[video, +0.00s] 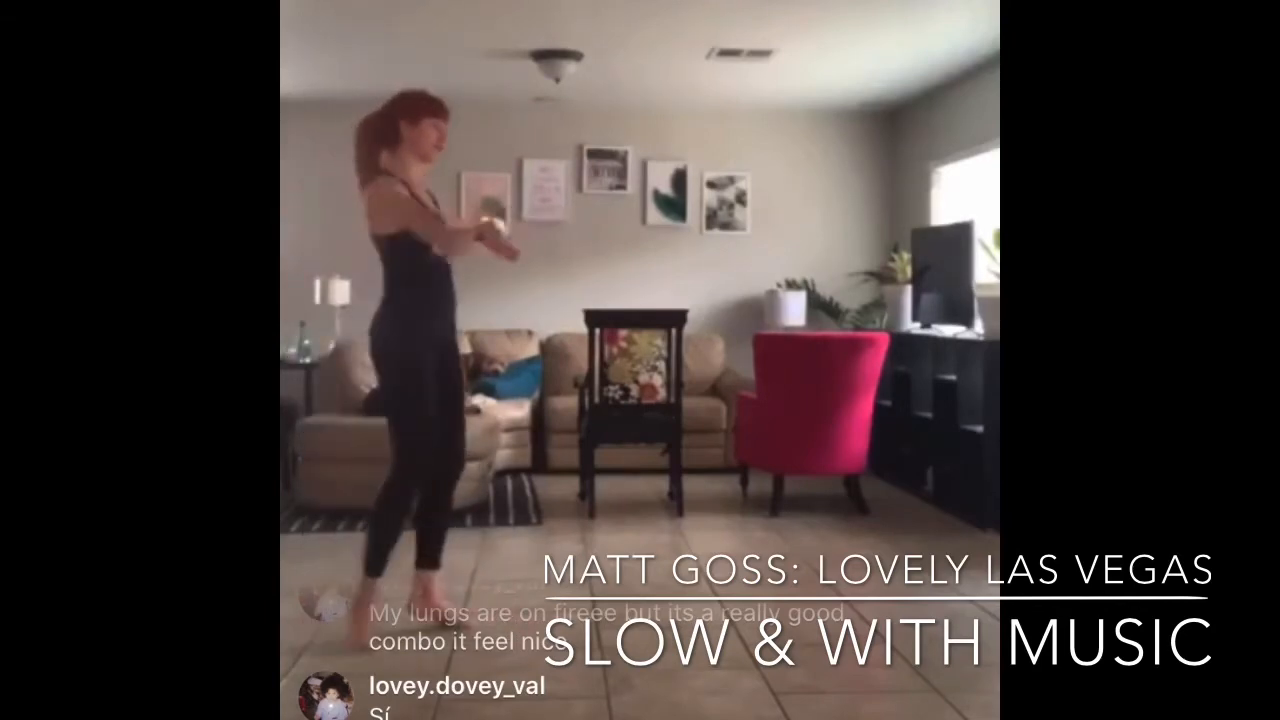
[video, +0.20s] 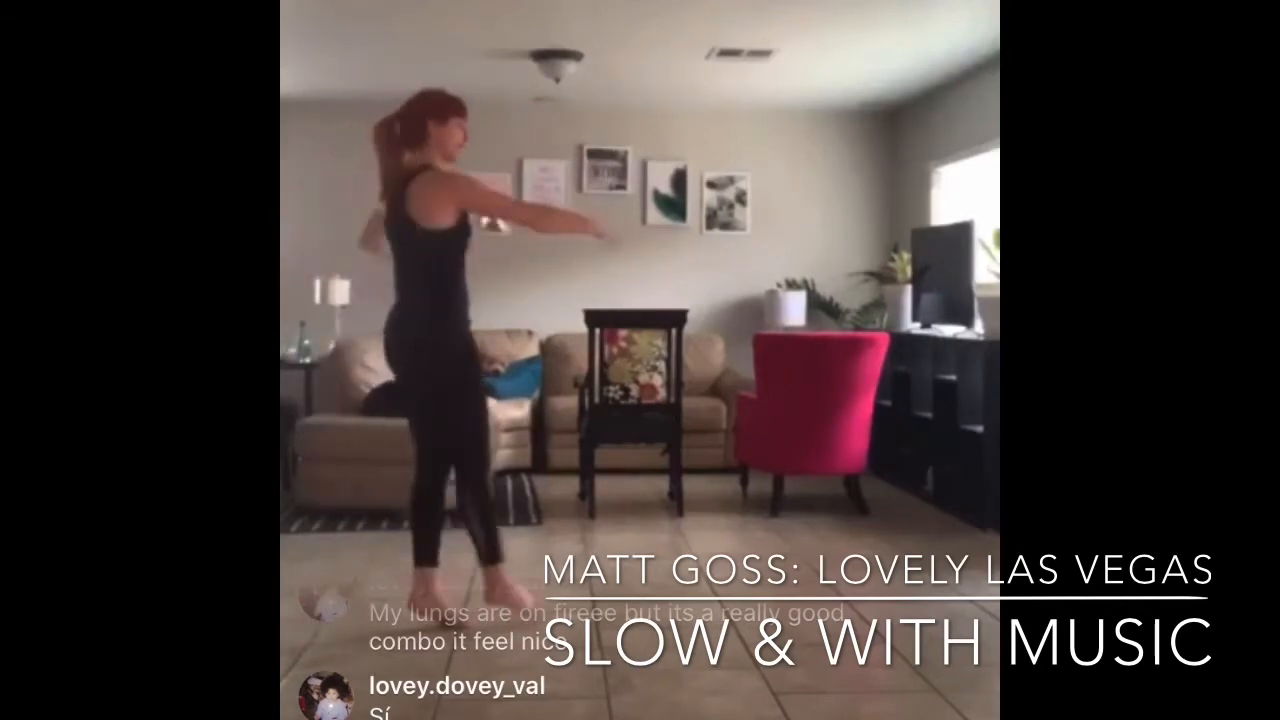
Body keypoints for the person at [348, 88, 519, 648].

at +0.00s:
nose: (441, 138)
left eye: (444, 131)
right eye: (433, 127)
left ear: (431, 137)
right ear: (403, 128)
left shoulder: (426, 192)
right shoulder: (384, 190)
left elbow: (449, 240)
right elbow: (441, 240)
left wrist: (480, 237)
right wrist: (482, 229)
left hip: (440, 338)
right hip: (404, 338)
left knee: (449, 461)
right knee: (412, 463)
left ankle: (427, 588)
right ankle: (366, 595)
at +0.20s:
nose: (465, 135)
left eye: (464, 126)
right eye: (458, 125)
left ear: (422, 130)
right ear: (431, 128)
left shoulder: (401, 188)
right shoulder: (445, 183)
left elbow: (369, 239)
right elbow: (527, 214)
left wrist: (414, 251)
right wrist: (591, 226)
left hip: (408, 335)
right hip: (444, 336)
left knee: (431, 460)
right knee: (473, 459)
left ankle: (424, 585)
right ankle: (496, 578)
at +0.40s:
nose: (463, 135)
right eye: (465, 125)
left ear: (418, 129)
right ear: (465, 128)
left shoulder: (399, 187)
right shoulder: (492, 185)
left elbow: (352, 254)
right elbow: (505, 237)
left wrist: (398, 265)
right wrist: (471, 238)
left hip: (419, 329)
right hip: (476, 329)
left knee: (430, 460)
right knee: (468, 452)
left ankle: (438, 586)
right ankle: (463, 573)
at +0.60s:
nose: (422, 135)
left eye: (430, 126)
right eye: (423, 126)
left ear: (458, 131)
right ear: (447, 133)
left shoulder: (475, 183)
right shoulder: (441, 186)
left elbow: (464, 262)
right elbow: (414, 252)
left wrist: (406, 287)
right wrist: (375, 288)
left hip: (465, 331)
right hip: (439, 330)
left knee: (447, 454)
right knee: (443, 454)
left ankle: (476, 575)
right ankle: (462, 571)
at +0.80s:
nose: (478, 143)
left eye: (485, 136)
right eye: (469, 133)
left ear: (493, 144)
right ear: (444, 138)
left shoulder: (499, 196)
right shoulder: (412, 197)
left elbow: (524, 269)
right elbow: (380, 272)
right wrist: (362, 341)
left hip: (488, 336)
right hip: (431, 337)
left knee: (488, 458)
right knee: (437, 457)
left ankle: (485, 575)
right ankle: (444, 568)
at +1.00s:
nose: (510, 148)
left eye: (511, 140)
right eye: (501, 140)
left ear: (499, 149)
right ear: (473, 143)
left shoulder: (498, 204)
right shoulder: (451, 195)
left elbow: (527, 264)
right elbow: (460, 274)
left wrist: (561, 313)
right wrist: (475, 344)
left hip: (492, 331)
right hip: (446, 335)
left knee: (532, 450)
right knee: (451, 461)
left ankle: (529, 582)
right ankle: (441, 576)